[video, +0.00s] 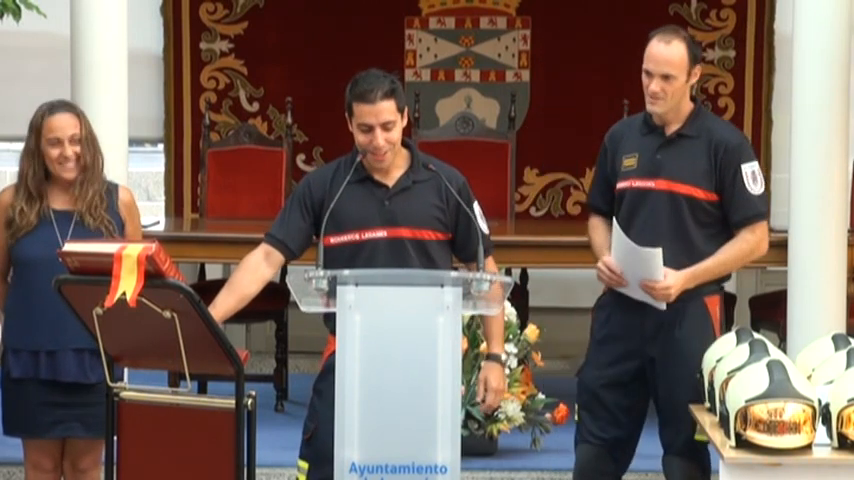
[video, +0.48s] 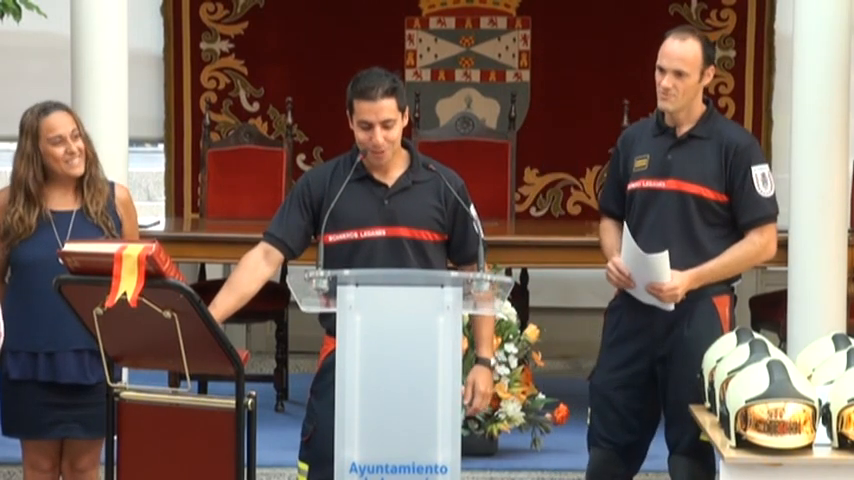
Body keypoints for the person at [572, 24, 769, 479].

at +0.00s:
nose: (653, 87)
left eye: (666, 77)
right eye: (648, 74)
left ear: (693, 77)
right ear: (641, 72)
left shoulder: (727, 144)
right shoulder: (620, 137)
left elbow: (756, 239)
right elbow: (599, 212)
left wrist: (685, 279)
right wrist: (605, 255)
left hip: (688, 319)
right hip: (620, 313)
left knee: (686, 453)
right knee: (596, 449)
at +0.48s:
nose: (665, 82)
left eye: (678, 73)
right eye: (661, 70)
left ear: (707, 77)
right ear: (654, 71)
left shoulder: (737, 146)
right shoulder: (632, 139)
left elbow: (764, 243)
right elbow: (610, 215)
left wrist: (691, 280)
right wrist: (615, 257)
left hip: (698, 319)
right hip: (631, 312)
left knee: (691, 454)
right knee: (609, 449)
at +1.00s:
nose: (664, 82)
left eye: (677, 73)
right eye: (660, 70)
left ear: (706, 77)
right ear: (654, 71)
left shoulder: (736, 145)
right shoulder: (634, 140)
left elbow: (763, 242)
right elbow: (612, 216)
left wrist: (687, 278)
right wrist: (613, 255)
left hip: (697, 318)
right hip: (631, 311)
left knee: (691, 454)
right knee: (607, 449)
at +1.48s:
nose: (663, 84)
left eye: (677, 74)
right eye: (659, 71)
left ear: (705, 77)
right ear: (652, 71)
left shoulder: (736, 145)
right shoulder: (633, 140)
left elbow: (764, 242)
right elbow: (612, 217)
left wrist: (689, 279)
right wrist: (614, 257)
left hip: (697, 334)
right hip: (629, 329)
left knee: (693, 467)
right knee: (606, 464)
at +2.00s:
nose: (684, 93)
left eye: (694, 83)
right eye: (675, 81)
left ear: (707, 80)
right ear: (657, 77)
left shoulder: (737, 145)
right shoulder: (630, 142)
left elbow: (765, 241)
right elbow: (609, 219)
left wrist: (692, 280)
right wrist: (615, 260)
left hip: (698, 328)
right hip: (631, 322)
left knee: (693, 462)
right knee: (607, 458)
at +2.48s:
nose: (686, 96)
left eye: (696, 85)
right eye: (677, 84)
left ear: (709, 81)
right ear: (659, 77)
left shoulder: (739, 144)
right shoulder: (628, 141)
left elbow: (773, 231)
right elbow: (606, 220)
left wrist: (732, 280)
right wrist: (618, 275)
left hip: (701, 317)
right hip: (632, 314)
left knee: (694, 450)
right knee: (609, 444)